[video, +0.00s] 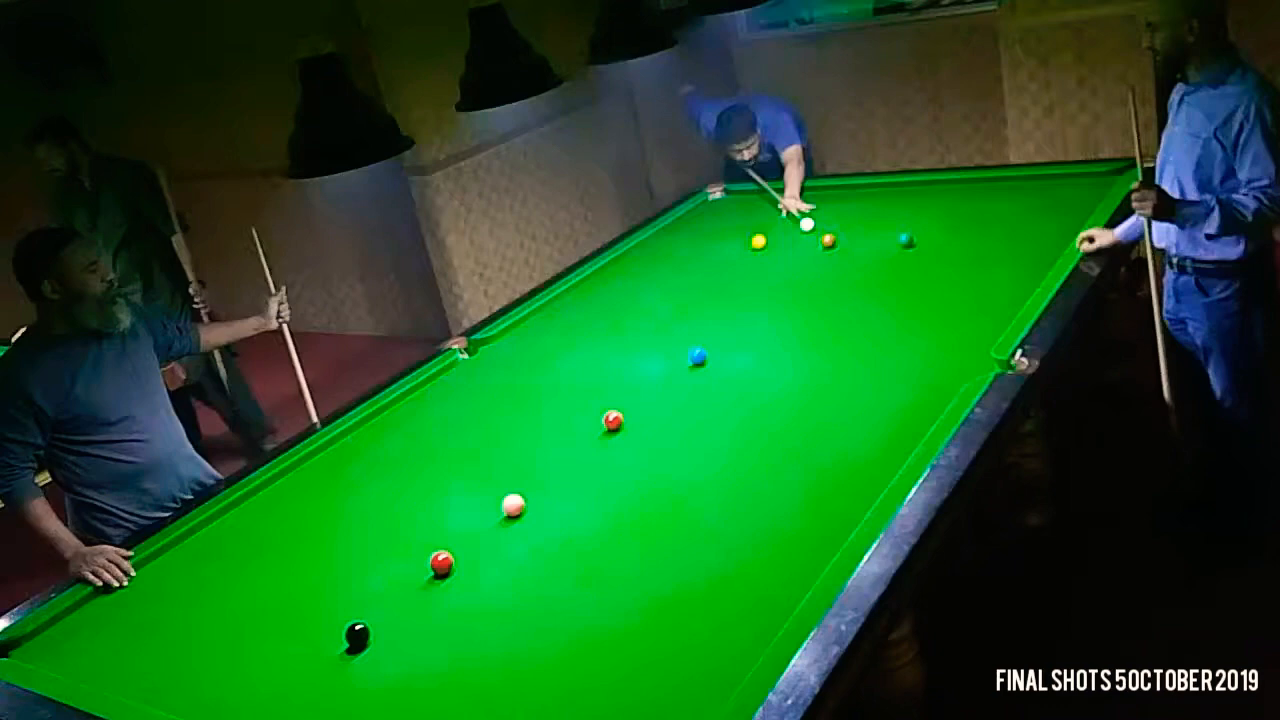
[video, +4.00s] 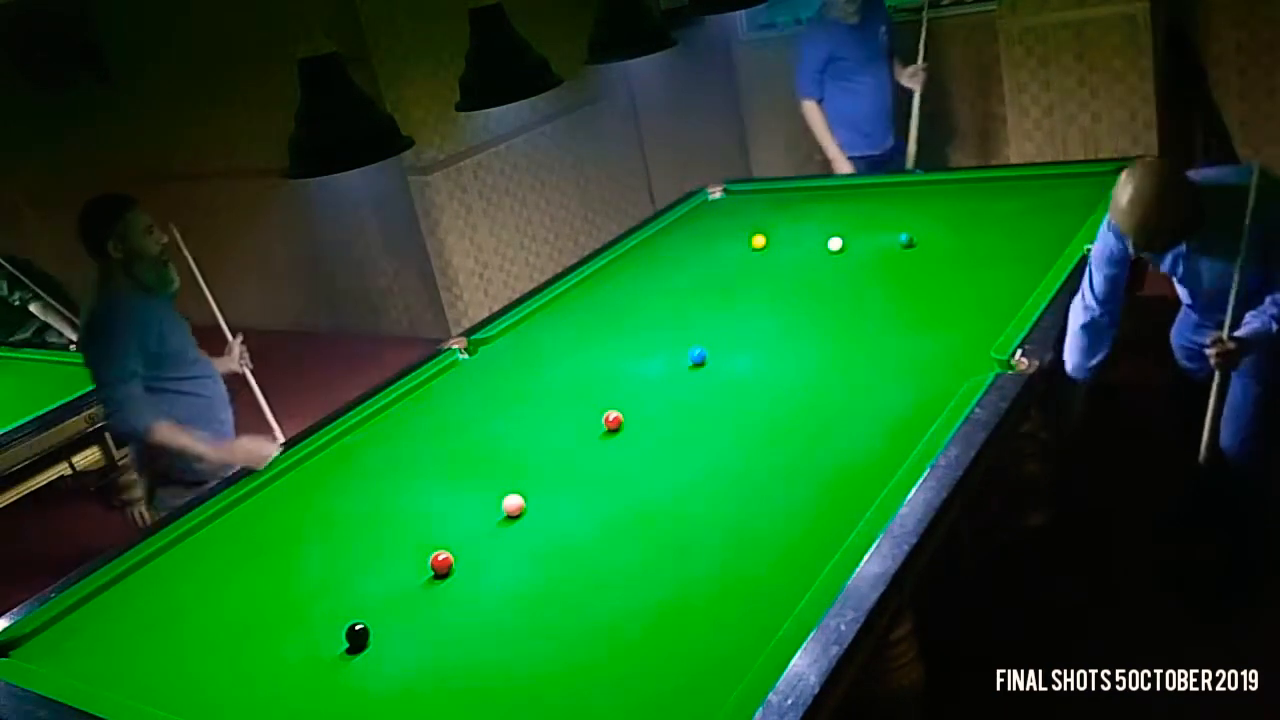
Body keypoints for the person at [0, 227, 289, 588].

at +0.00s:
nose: (110, 276)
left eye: (104, 263)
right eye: (91, 268)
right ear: (52, 289)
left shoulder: (134, 324)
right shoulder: (23, 372)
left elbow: (192, 337)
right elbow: (13, 476)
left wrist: (263, 321)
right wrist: (75, 552)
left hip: (206, 504)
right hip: (129, 543)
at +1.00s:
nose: (110, 276)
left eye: (103, 265)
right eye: (91, 270)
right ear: (52, 290)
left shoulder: (130, 328)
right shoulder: (25, 371)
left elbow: (188, 338)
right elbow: (13, 476)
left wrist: (261, 321)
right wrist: (74, 552)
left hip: (206, 504)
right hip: (130, 544)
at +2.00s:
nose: (104, 285)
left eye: (100, 272)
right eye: (86, 278)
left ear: (104, 269)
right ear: (44, 293)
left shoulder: (132, 325)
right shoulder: (24, 372)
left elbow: (189, 337)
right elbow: (14, 477)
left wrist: (262, 321)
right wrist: (75, 552)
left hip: (205, 504)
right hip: (128, 544)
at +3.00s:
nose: (108, 282)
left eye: (102, 270)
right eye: (91, 275)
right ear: (52, 292)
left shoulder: (123, 320)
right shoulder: (25, 371)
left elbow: (180, 338)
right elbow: (13, 477)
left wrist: (258, 321)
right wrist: (75, 552)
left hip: (204, 503)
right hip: (129, 543)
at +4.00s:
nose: (163, 239)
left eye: (156, 228)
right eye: (148, 232)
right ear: (117, 249)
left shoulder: (145, 298)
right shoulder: (114, 315)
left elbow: (168, 364)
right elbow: (127, 414)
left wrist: (222, 364)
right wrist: (222, 450)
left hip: (214, 474)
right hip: (185, 488)